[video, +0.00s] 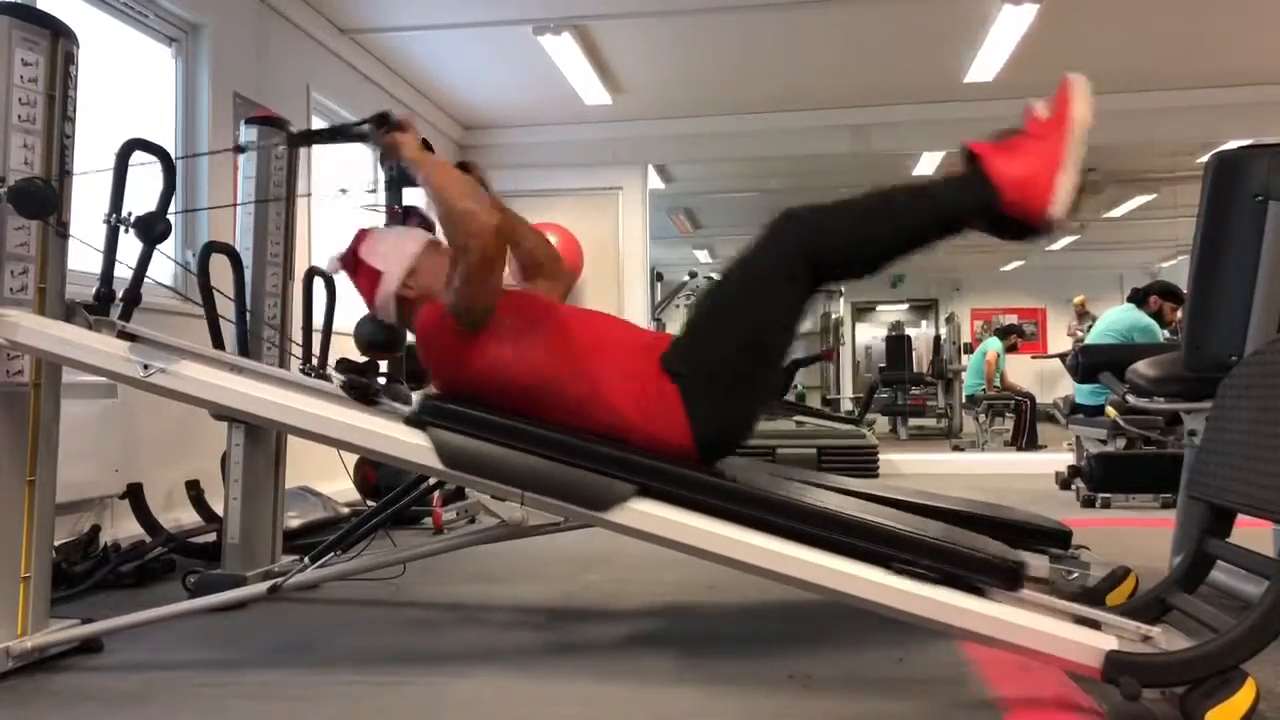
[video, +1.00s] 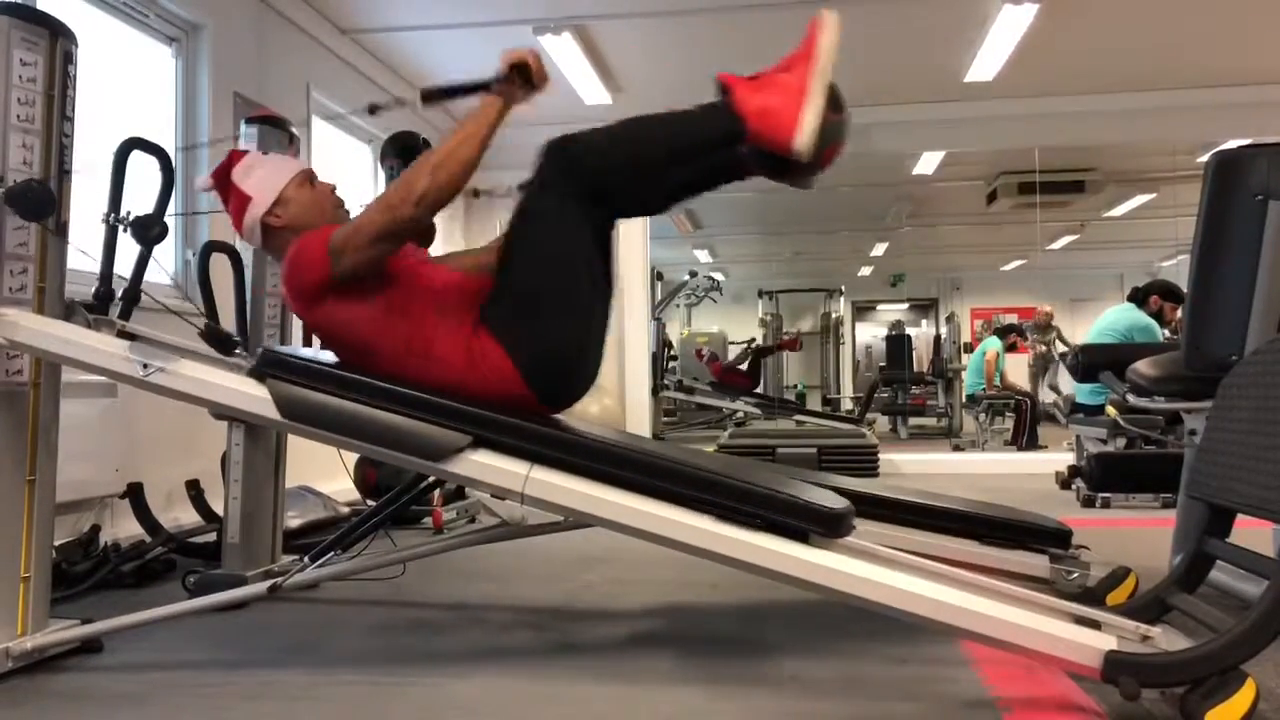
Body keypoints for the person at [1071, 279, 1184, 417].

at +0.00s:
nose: (1175, 319)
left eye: (1177, 312)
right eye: (1173, 310)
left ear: (1153, 302)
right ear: (1154, 302)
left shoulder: (1116, 312)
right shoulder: (1146, 325)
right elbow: (1160, 370)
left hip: (1083, 397)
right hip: (1102, 401)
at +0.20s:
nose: (1175, 318)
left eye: (1177, 311)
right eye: (1173, 310)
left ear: (1153, 302)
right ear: (1154, 302)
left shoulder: (1117, 311)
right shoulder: (1146, 324)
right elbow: (1160, 369)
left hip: (1083, 396)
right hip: (1102, 400)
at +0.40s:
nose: (1174, 319)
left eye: (1176, 312)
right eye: (1173, 310)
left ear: (1153, 302)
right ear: (1154, 302)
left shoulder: (1118, 312)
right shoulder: (1146, 325)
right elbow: (1160, 371)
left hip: (1083, 397)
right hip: (1102, 401)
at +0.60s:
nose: (1174, 319)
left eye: (1176, 312)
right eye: (1173, 310)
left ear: (1153, 302)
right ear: (1154, 302)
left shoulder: (1117, 312)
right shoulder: (1145, 324)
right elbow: (1160, 371)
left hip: (1081, 396)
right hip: (1101, 401)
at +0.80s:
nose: (1174, 319)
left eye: (1176, 311)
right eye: (1173, 310)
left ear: (1153, 302)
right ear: (1154, 302)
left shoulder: (1118, 311)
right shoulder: (1145, 324)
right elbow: (1160, 371)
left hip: (1082, 396)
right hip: (1101, 401)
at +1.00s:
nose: (1175, 318)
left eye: (1176, 311)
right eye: (1173, 309)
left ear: (1153, 302)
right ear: (1155, 302)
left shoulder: (1118, 311)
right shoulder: (1146, 325)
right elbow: (1160, 371)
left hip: (1084, 397)